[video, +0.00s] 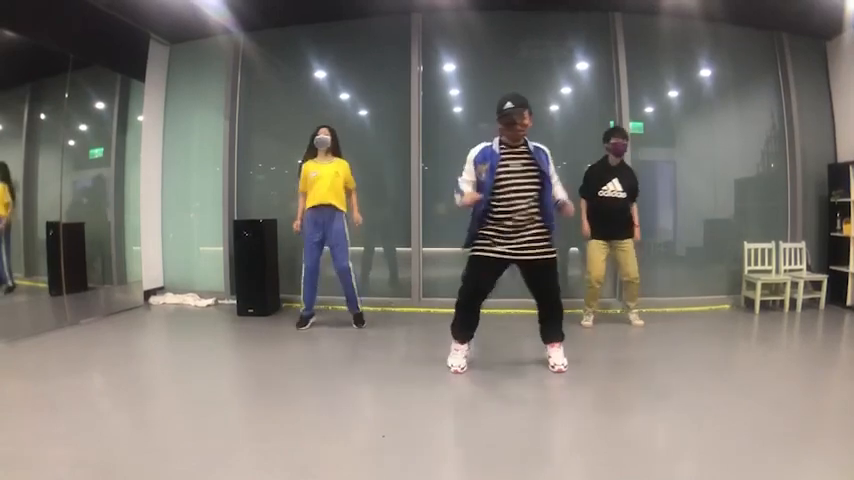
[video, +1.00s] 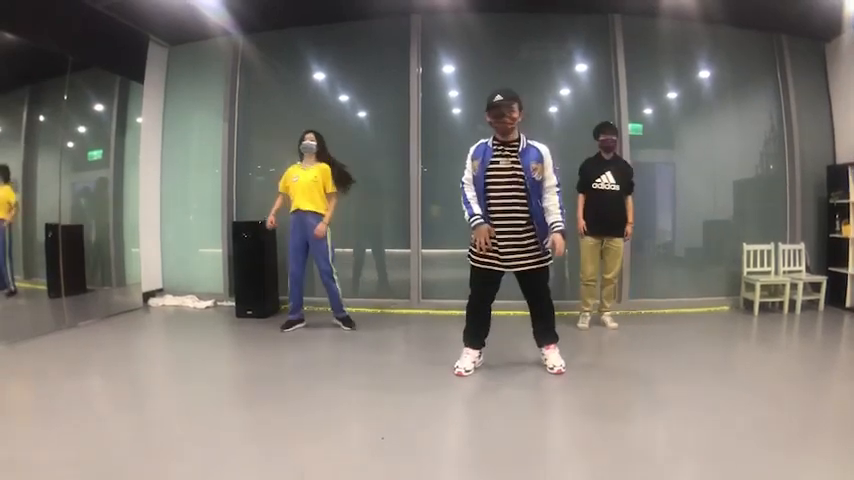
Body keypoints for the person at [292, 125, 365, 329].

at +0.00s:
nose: (322, 136)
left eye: (326, 134)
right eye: (319, 134)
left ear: (333, 141)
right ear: (314, 141)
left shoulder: (342, 164)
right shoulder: (307, 166)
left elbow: (351, 189)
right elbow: (302, 194)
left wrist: (355, 211)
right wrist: (299, 218)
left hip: (336, 213)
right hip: (312, 212)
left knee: (342, 264)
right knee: (310, 265)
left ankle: (355, 310)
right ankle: (307, 311)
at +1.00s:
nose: (308, 142)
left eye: (313, 139)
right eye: (305, 139)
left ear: (319, 146)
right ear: (300, 146)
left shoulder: (324, 169)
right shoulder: (292, 170)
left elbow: (333, 197)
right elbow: (282, 195)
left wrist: (325, 222)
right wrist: (272, 213)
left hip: (316, 217)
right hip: (296, 217)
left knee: (325, 269)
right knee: (295, 269)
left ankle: (340, 313)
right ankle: (296, 315)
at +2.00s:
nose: (289, 148)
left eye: (293, 145)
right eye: (286, 144)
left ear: (300, 149)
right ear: (282, 148)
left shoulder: (301, 167)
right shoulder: (281, 172)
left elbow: (316, 192)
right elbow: (277, 197)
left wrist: (294, 204)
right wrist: (264, 209)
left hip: (301, 221)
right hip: (281, 221)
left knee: (318, 269)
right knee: (271, 271)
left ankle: (337, 313)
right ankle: (265, 316)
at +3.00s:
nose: (299, 142)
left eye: (304, 140)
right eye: (297, 138)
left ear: (311, 147)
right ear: (292, 144)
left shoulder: (310, 171)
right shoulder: (287, 170)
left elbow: (306, 202)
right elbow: (287, 198)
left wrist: (281, 208)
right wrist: (283, 220)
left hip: (307, 225)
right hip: (288, 223)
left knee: (315, 275)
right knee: (263, 260)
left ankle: (332, 322)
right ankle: (276, 308)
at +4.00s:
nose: (281, 144)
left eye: (286, 141)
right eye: (278, 140)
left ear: (294, 148)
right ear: (272, 146)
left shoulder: (297, 176)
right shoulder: (260, 170)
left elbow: (302, 212)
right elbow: (251, 202)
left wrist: (269, 221)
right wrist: (243, 234)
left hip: (279, 234)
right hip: (254, 232)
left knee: (287, 283)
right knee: (241, 280)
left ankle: (297, 333)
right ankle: (252, 325)